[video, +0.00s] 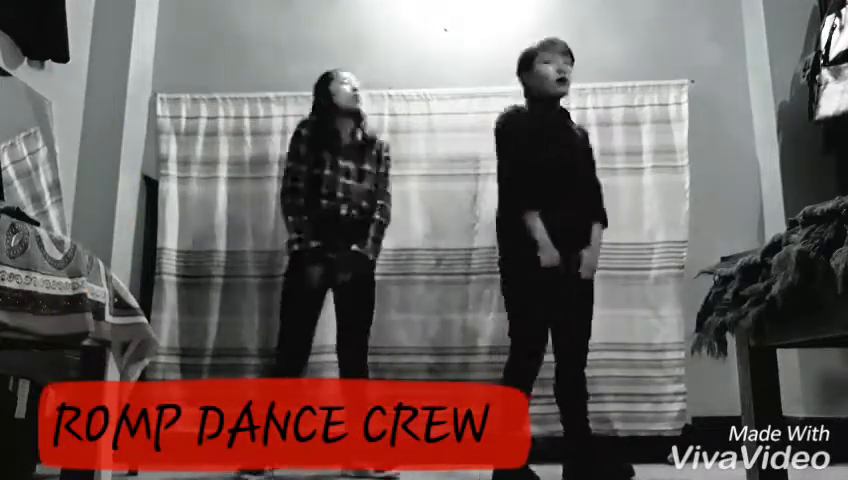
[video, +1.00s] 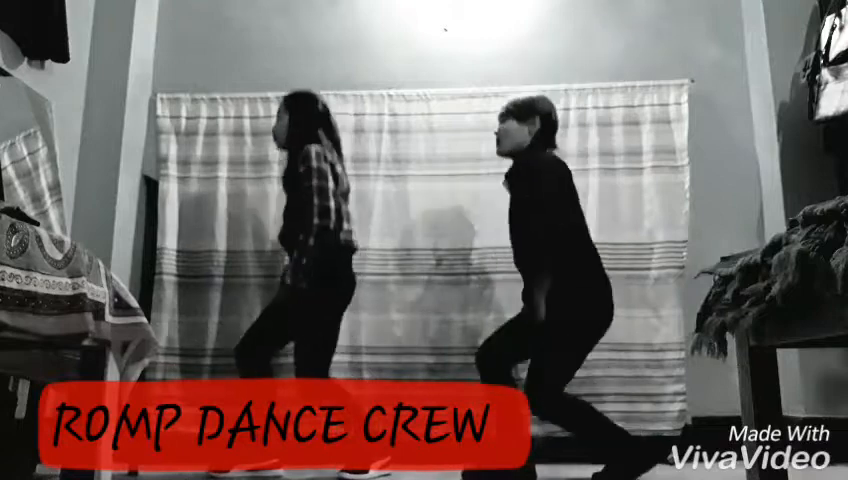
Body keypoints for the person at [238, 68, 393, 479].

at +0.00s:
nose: (356, 88)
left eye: (357, 82)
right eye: (346, 83)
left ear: (360, 94)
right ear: (327, 95)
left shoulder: (375, 143)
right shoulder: (308, 134)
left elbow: (382, 202)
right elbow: (291, 190)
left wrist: (368, 248)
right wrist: (301, 242)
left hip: (356, 258)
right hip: (310, 256)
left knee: (354, 353)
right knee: (293, 350)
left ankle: (358, 442)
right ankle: (271, 439)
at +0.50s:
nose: (295, 104)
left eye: (303, 95)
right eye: (297, 96)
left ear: (323, 99)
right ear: (325, 100)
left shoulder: (333, 133)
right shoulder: (323, 135)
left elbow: (328, 199)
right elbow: (318, 199)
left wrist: (309, 256)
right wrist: (300, 249)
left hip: (332, 256)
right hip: (324, 256)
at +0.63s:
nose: (292, 105)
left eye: (297, 97)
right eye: (293, 97)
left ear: (317, 99)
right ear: (318, 99)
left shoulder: (333, 138)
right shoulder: (323, 140)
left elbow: (325, 205)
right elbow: (316, 205)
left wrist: (305, 262)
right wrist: (297, 258)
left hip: (333, 257)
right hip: (320, 256)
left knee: (351, 355)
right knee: (296, 356)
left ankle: (386, 435)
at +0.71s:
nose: (290, 106)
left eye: (296, 98)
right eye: (292, 98)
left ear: (315, 100)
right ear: (320, 99)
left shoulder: (331, 138)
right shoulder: (321, 140)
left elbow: (327, 204)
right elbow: (316, 204)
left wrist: (308, 261)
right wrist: (298, 257)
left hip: (334, 258)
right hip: (324, 258)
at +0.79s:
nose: (285, 108)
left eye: (290, 99)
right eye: (286, 99)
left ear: (307, 101)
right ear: (317, 100)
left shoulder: (324, 136)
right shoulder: (323, 137)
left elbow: (325, 201)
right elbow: (322, 202)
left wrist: (307, 261)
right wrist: (303, 257)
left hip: (332, 258)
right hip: (335, 257)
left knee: (290, 356)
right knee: (349, 355)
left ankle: (279, 442)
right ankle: (383, 436)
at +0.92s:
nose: (272, 133)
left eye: (279, 124)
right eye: (275, 124)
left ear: (295, 128)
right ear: (308, 128)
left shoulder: (313, 162)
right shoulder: (317, 162)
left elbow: (322, 227)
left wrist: (302, 276)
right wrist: (299, 272)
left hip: (323, 279)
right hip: (327, 278)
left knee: (244, 352)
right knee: (307, 373)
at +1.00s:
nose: (274, 126)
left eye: (280, 118)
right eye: (276, 118)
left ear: (297, 120)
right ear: (311, 121)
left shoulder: (311, 153)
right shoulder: (321, 155)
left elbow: (314, 216)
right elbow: (323, 219)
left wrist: (297, 269)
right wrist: (299, 265)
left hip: (320, 272)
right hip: (330, 271)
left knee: (251, 350)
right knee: (312, 369)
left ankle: (268, 441)